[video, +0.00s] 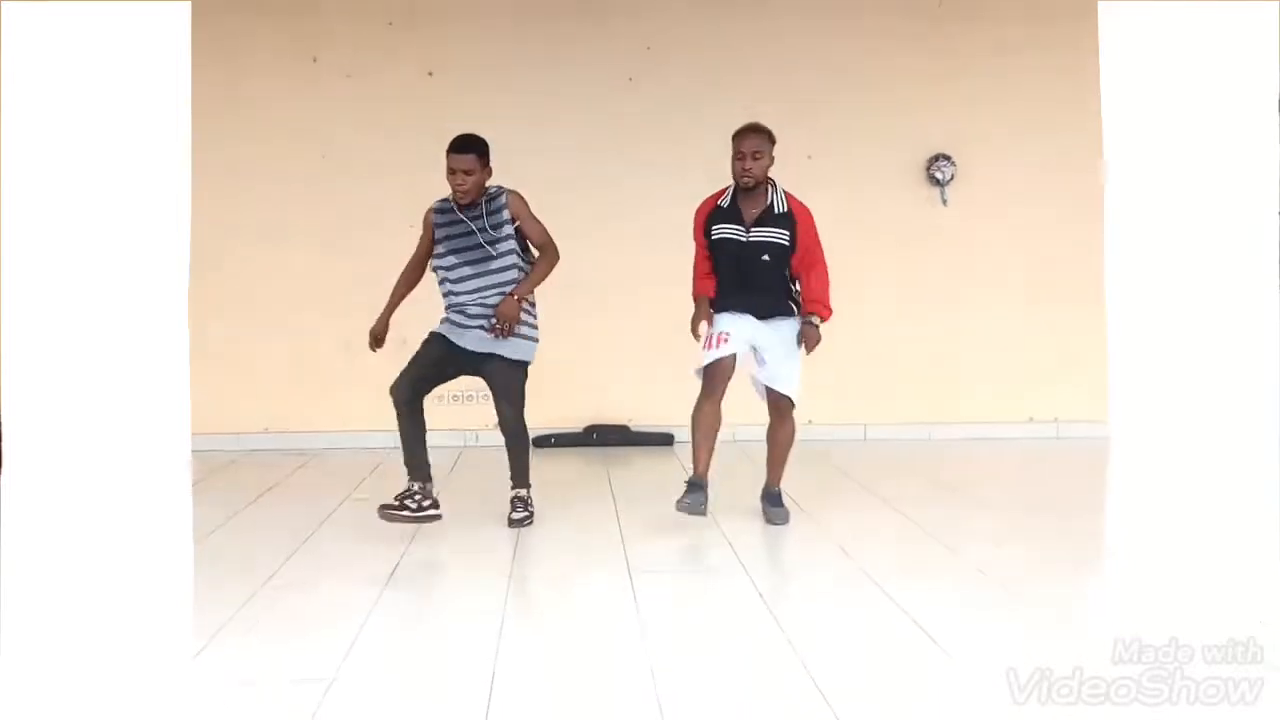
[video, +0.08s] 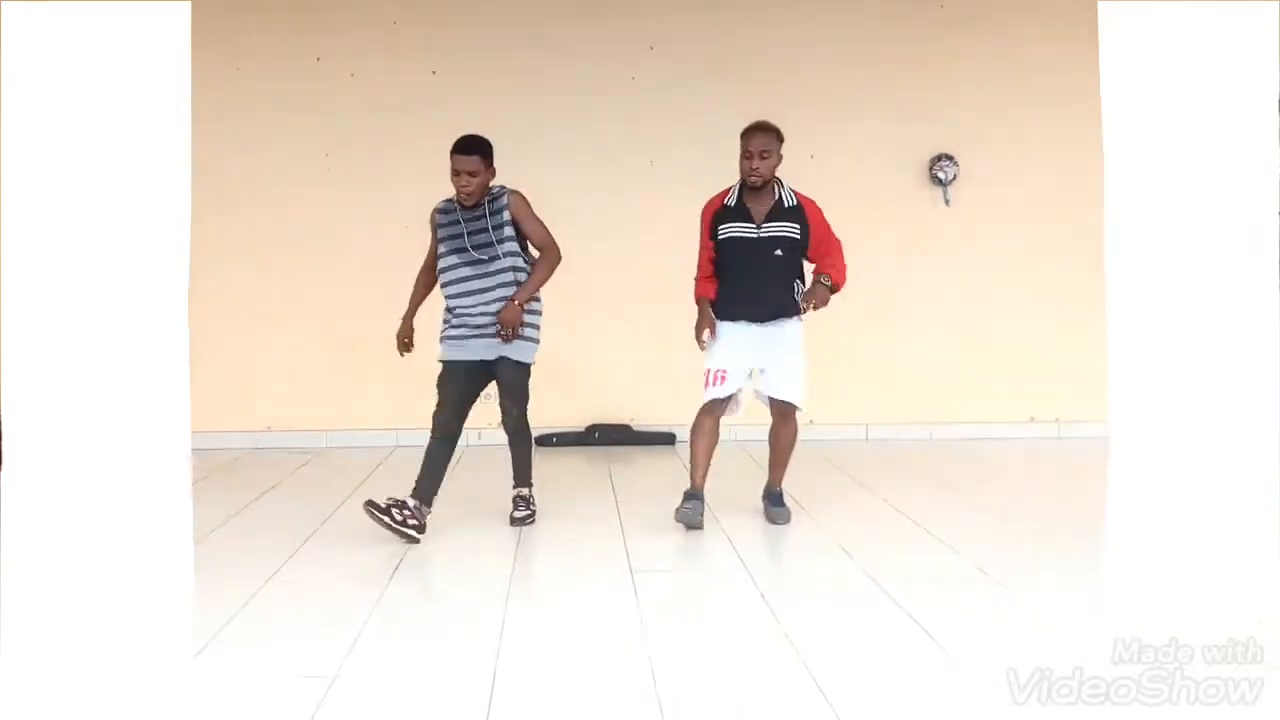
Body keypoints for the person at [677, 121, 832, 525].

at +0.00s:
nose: (745, 163)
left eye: (755, 156)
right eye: (739, 155)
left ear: (771, 161)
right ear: (731, 159)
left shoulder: (794, 212)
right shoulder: (711, 210)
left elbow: (812, 264)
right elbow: (703, 261)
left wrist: (813, 316)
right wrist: (702, 302)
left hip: (780, 318)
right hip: (729, 314)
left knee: (782, 405)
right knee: (714, 380)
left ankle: (773, 490)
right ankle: (698, 482)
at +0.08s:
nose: (754, 162)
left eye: (763, 155)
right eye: (747, 154)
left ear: (779, 159)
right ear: (739, 157)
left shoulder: (802, 210)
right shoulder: (717, 209)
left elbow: (832, 256)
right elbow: (706, 263)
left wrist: (824, 284)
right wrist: (704, 307)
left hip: (783, 326)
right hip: (731, 324)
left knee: (786, 408)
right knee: (714, 402)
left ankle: (774, 491)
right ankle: (694, 494)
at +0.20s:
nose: (766, 158)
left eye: (776, 151)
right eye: (760, 149)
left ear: (788, 152)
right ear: (749, 146)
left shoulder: (808, 199)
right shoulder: (724, 194)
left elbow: (823, 248)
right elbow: (707, 248)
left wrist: (828, 293)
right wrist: (693, 296)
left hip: (782, 317)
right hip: (729, 313)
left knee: (786, 402)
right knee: (709, 399)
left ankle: (777, 486)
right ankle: (729, 461)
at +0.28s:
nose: (766, 163)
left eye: (775, 155)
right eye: (759, 153)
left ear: (788, 154)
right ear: (749, 150)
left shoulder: (805, 199)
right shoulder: (725, 195)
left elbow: (817, 258)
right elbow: (705, 253)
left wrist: (821, 316)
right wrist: (682, 298)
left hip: (781, 318)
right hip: (729, 315)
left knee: (783, 406)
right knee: (720, 403)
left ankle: (776, 487)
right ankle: (725, 475)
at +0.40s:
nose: (748, 180)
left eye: (757, 173)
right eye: (742, 170)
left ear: (771, 169)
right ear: (731, 164)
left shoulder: (797, 212)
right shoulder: (711, 207)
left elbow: (813, 270)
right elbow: (696, 259)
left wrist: (817, 329)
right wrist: (676, 292)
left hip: (785, 316)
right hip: (733, 311)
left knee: (783, 403)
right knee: (698, 362)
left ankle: (771, 486)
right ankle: (719, 441)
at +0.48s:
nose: (742, 197)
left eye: (752, 189)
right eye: (736, 186)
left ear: (764, 185)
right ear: (725, 180)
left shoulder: (787, 223)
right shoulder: (702, 217)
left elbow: (817, 277)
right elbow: (691, 265)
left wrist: (824, 341)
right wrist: (677, 301)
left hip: (785, 317)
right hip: (734, 309)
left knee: (783, 401)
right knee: (704, 351)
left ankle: (771, 487)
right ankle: (713, 437)